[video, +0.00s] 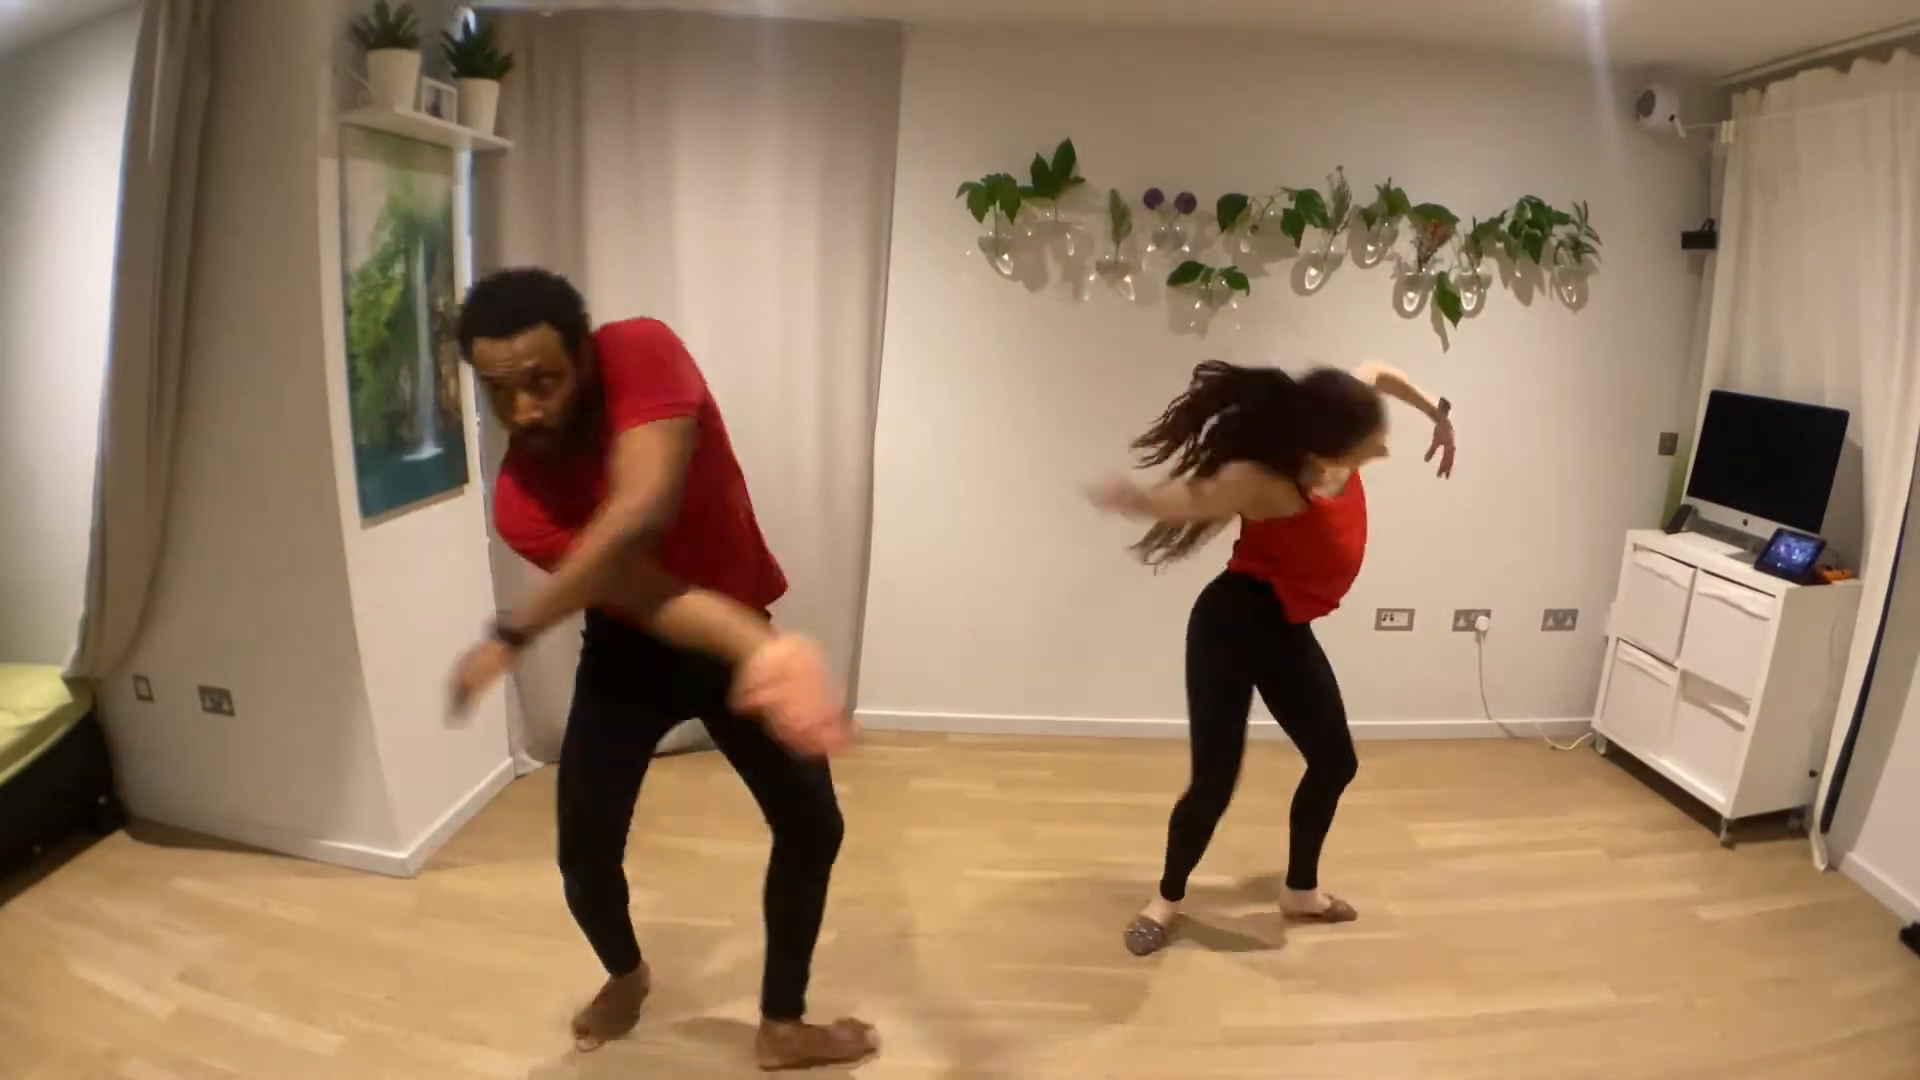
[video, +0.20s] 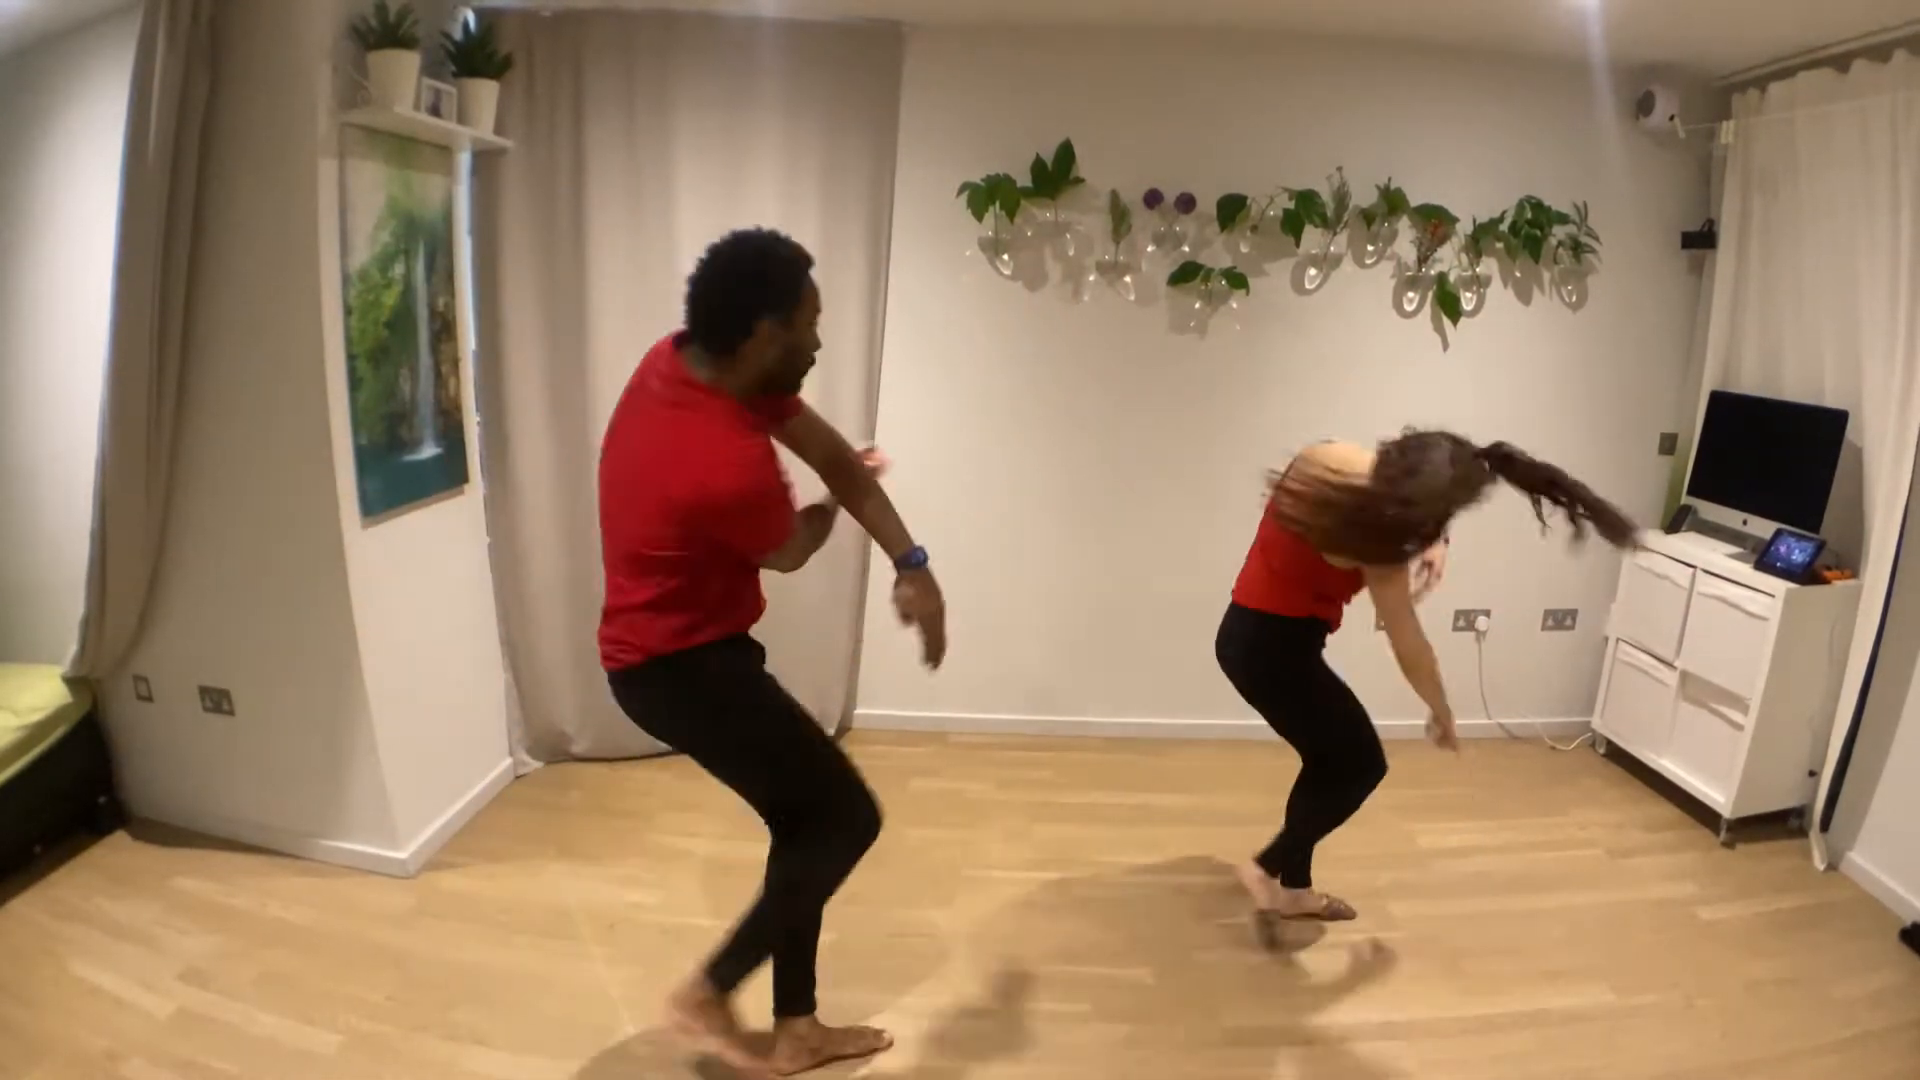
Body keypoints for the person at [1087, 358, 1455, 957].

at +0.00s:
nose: (1357, 469)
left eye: (1361, 458)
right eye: (1348, 459)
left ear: (1356, 448)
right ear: (1314, 453)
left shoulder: (1344, 444)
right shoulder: (1263, 482)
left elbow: (1377, 371)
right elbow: (1197, 498)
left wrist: (1438, 414)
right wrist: (1144, 500)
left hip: (1285, 630)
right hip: (1229, 622)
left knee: (1334, 761)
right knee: (1214, 780)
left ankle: (1301, 891)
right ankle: (1167, 897)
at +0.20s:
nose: (1441, 527)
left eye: (1450, 518)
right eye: (1439, 518)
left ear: (1402, 452)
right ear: (1418, 509)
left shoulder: (1331, 458)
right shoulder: (1378, 529)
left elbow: (1405, 477)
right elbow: (1405, 637)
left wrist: (1436, 541)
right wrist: (1440, 710)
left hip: (1246, 635)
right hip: (1276, 651)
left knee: (1327, 756)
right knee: (1363, 762)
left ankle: (1292, 886)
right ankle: (1270, 865)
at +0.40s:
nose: (1321, 432)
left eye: (1321, 424)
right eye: (1321, 425)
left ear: (1332, 421)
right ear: (1381, 416)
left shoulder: (1305, 472)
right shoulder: (1432, 480)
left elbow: (1244, 527)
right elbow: (1426, 546)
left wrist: (1282, 575)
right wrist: (1374, 562)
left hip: (1315, 656)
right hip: (1384, 657)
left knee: (1309, 760)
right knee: (1343, 733)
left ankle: (1331, 890)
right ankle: (1346, 844)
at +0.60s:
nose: (1338, 401)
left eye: (1355, 391)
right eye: (1333, 385)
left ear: (1395, 399)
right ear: (1327, 379)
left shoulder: (1363, 466)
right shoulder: (1382, 450)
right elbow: (1350, 489)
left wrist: (1291, 556)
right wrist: (1309, 492)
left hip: (1370, 640)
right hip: (1387, 628)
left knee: (1270, 747)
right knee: (1315, 729)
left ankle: (1339, 864)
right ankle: (1339, 839)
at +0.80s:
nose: (1374, 388)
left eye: (1389, 378)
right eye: (1362, 375)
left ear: (1411, 391)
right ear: (1344, 383)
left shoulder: (1419, 470)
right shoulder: (1309, 462)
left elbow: (1441, 575)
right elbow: (1246, 535)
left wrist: (1382, 518)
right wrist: (1201, 486)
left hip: (1387, 636)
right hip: (1323, 628)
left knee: (1322, 764)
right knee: (1297, 748)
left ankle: (1322, 894)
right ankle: (1337, 838)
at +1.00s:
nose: (1386, 386)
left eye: (1399, 376)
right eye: (1371, 373)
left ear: (1412, 388)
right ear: (1342, 382)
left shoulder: (1426, 472)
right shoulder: (1308, 457)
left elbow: (1427, 559)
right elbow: (1291, 545)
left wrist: (1387, 600)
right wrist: (1314, 596)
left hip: (1394, 647)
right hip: (1321, 640)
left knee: (1357, 796)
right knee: (1281, 790)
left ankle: (1332, 899)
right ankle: (1305, 825)